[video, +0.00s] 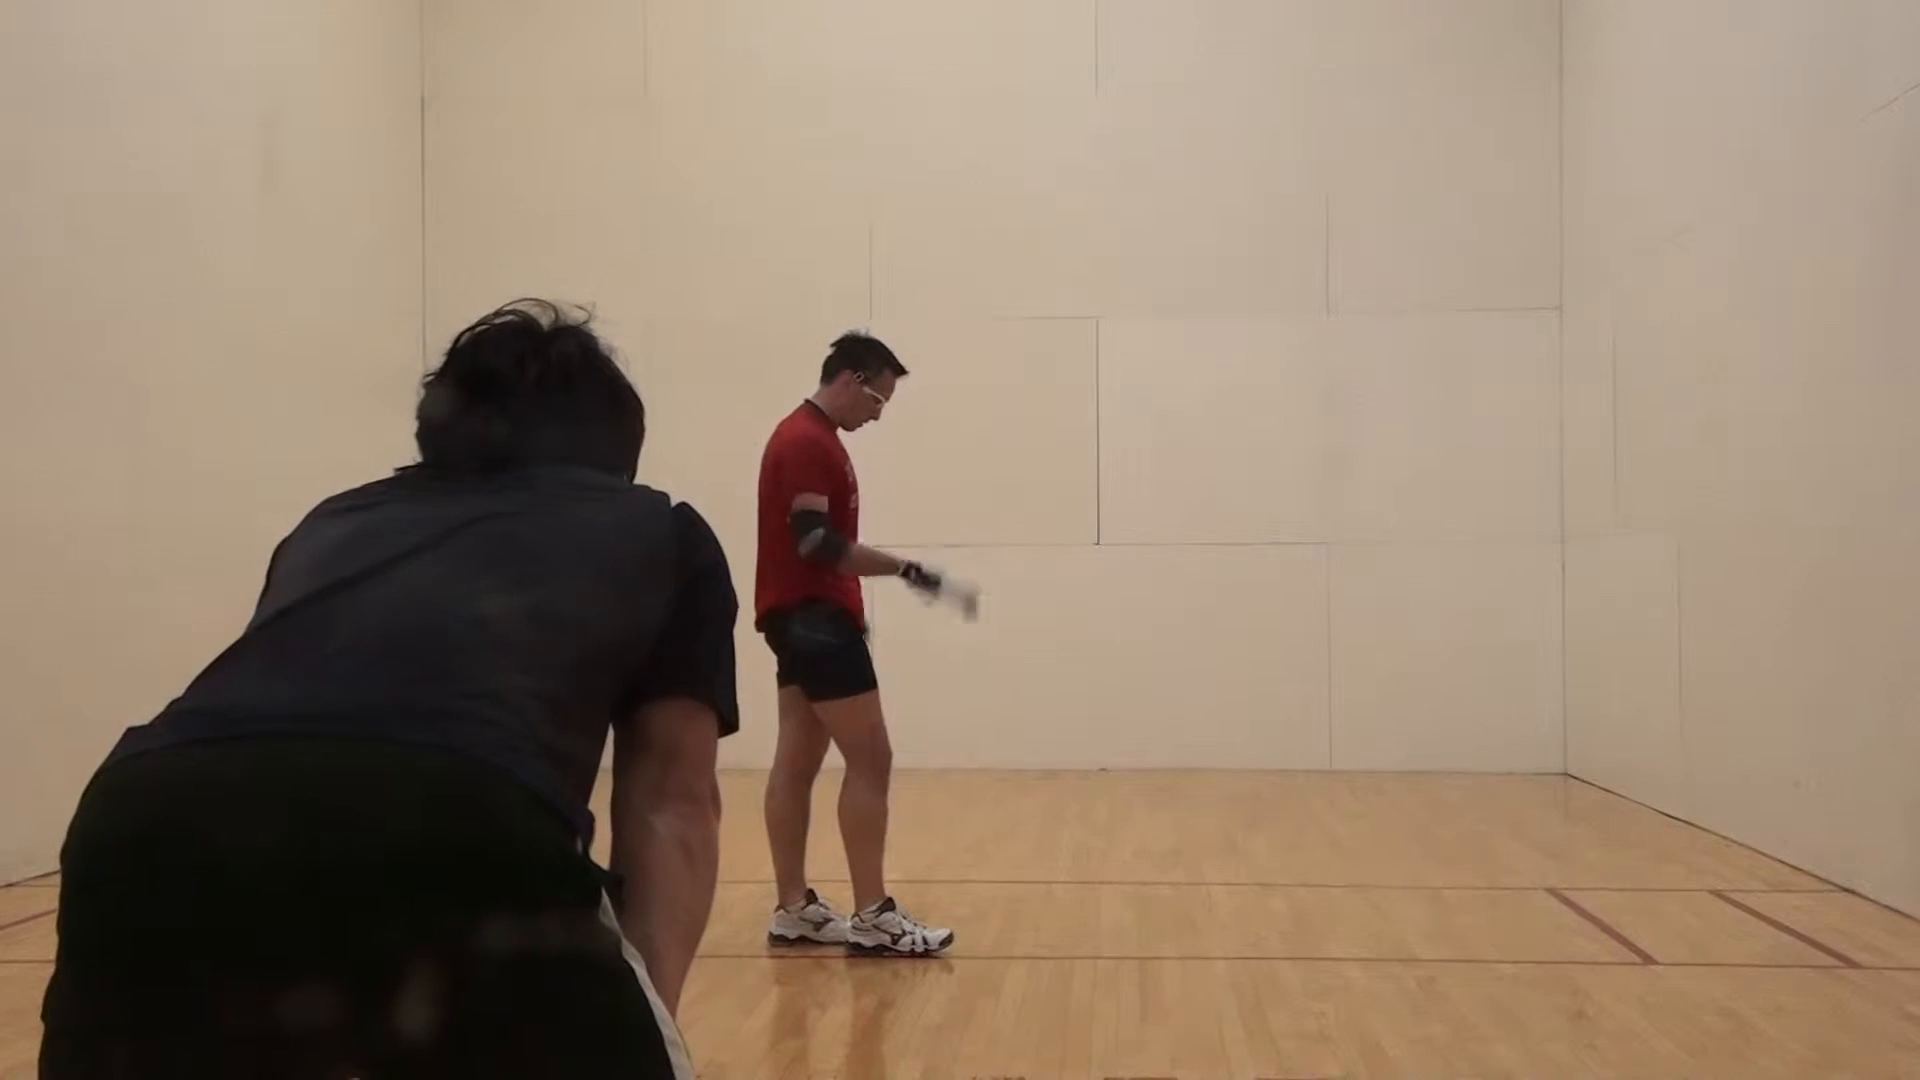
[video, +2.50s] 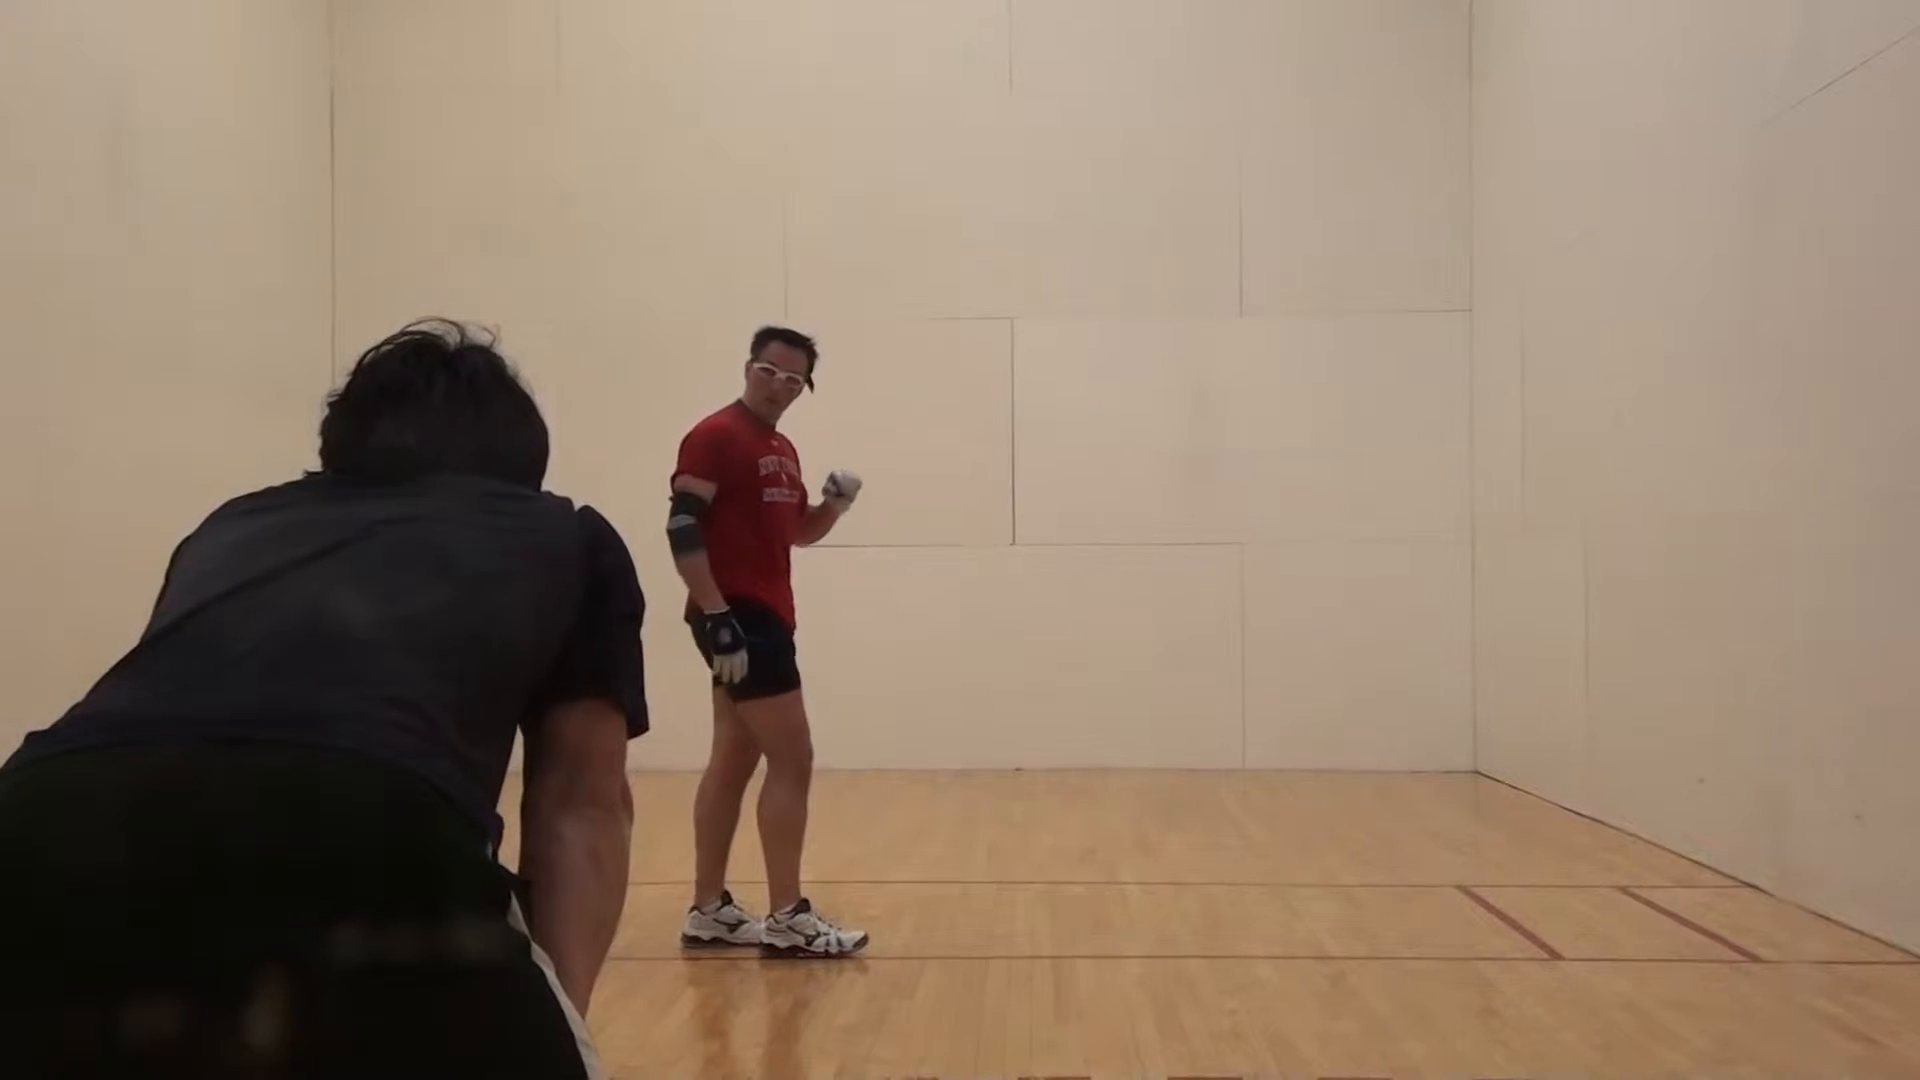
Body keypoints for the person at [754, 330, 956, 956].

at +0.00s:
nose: (879, 412)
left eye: (884, 400)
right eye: (878, 396)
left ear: (843, 384)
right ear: (848, 380)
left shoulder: (805, 437)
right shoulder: (809, 441)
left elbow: (824, 543)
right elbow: (815, 542)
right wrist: (902, 565)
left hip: (802, 616)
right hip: (816, 618)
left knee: (796, 762)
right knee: (870, 758)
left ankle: (793, 908)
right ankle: (872, 912)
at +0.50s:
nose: (882, 410)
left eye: (887, 400)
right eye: (879, 396)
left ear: (852, 386)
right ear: (846, 379)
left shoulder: (833, 442)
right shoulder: (794, 438)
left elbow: (841, 529)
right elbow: (763, 534)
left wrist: (899, 513)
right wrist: (787, 626)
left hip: (819, 622)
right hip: (820, 625)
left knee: (799, 763)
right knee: (870, 757)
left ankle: (793, 907)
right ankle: (871, 912)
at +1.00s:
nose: (884, 411)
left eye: (889, 401)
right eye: (881, 397)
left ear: (856, 387)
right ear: (847, 380)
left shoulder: (843, 444)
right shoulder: (795, 437)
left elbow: (850, 541)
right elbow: (775, 535)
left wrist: (878, 607)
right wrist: (846, 602)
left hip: (831, 618)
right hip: (811, 620)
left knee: (800, 763)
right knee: (873, 756)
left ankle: (791, 907)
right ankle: (870, 912)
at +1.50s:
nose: (833, 412)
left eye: (838, 402)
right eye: (831, 398)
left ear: (800, 384)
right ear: (799, 379)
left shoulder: (766, 437)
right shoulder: (758, 440)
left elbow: (767, 537)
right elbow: (758, 538)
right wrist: (842, 519)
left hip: (756, 617)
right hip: (772, 619)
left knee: (748, 759)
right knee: (825, 757)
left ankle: (736, 906)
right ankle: (816, 912)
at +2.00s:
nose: (801, 413)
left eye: (806, 403)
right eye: (798, 399)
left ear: (772, 388)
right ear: (765, 380)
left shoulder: (744, 442)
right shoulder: (718, 441)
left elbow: (745, 541)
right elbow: (691, 544)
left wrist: (801, 561)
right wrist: (701, 637)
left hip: (733, 623)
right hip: (743, 628)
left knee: (714, 764)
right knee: (791, 759)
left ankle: (704, 908)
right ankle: (784, 914)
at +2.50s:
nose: (778, 382)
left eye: (792, 378)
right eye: (769, 369)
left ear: (801, 389)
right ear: (747, 369)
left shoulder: (781, 448)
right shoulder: (714, 436)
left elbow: (799, 531)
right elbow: (682, 529)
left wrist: (833, 504)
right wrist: (717, 617)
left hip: (759, 616)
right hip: (744, 620)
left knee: (731, 762)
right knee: (790, 760)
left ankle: (709, 908)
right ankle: (787, 914)